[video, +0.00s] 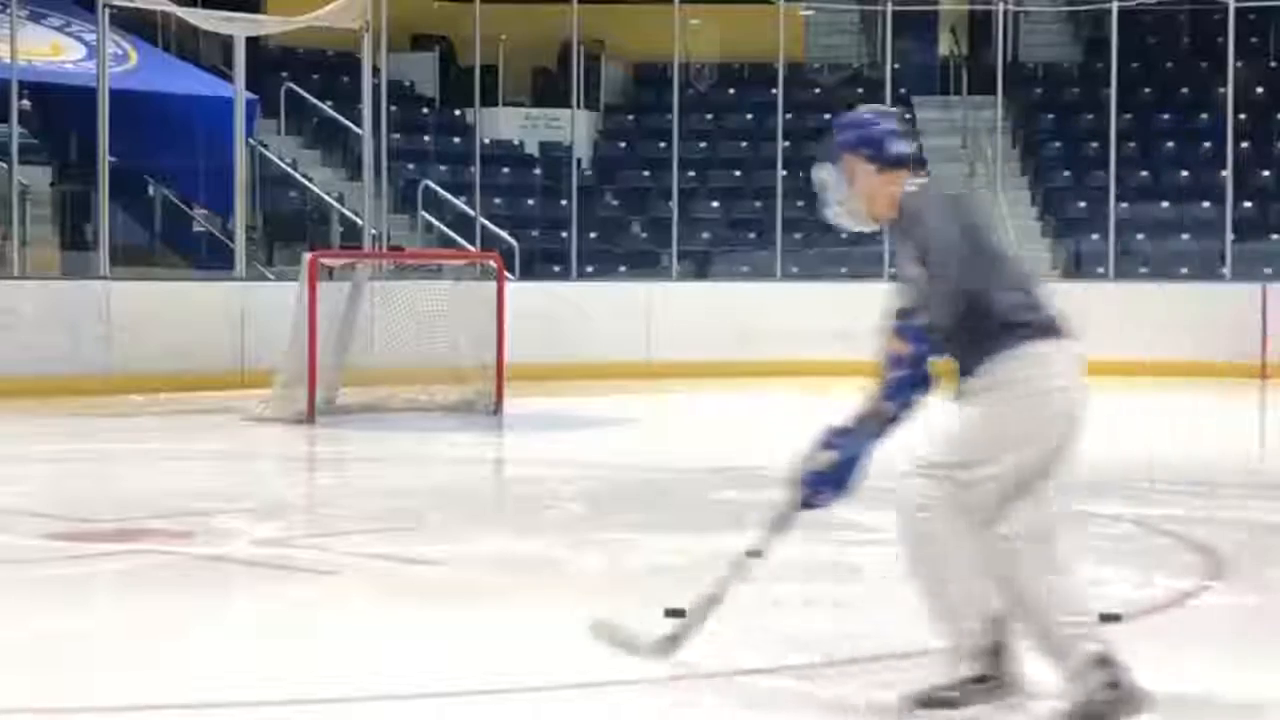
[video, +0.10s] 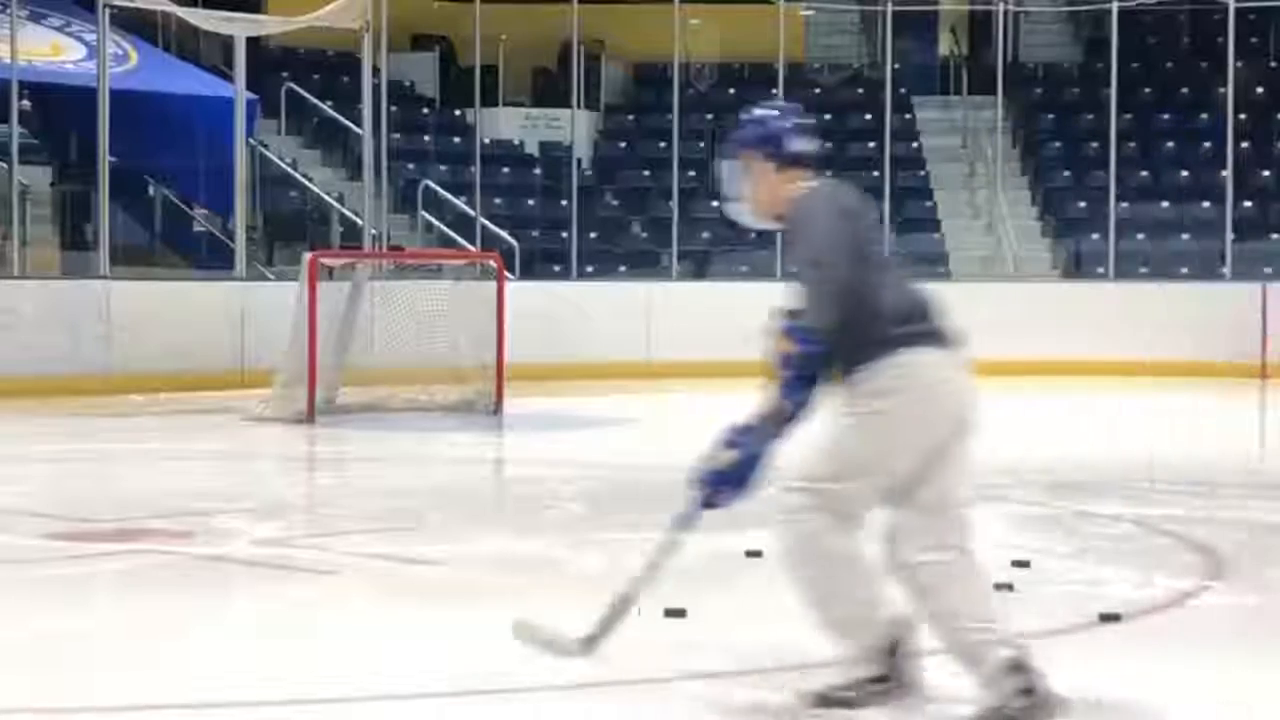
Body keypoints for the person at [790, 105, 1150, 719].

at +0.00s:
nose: (845, 189)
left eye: (849, 172)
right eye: (842, 174)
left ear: (881, 167)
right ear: (892, 169)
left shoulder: (928, 213)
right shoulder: (919, 225)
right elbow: (911, 363)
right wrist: (851, 444)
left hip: (1026, 376)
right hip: (1044, 376)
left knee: (927, 487)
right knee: (1007, 528)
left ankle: (981, 661)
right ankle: (1097, 674)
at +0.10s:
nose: (744, 189)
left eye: (748, 171)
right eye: (741, 174)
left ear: (776, 164)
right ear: (797, 164)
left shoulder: (817, 208)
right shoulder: (841, 206)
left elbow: (822, 317)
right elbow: (808, 359)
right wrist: (751, 443)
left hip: (902, 379)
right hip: (946, 377)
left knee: (805, 502)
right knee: (925, 539)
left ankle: (879, 655)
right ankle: (1008, 677)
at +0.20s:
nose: (639, 182)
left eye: (642, 165)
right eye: (637, 166)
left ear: (669, 159)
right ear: (694, 157)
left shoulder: (705, 203)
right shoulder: (731, 205)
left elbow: (702, 319)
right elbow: (709, 352)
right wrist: (649, 442)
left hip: (783, 380)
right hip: (826, 380)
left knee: (688, 516)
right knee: (819, 551)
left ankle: (756, 653)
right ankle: (932, 666)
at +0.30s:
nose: (540, 173)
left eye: (545, 159)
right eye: (541, 160)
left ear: (567, 157)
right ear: (599, 155)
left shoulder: (590, 202)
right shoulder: (634, 204)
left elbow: (567, 309)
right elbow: (610, 361)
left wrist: (562, 348)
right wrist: (552, 449)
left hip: (663, 376)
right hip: (719, 379)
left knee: (565, 505)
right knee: (695, 550)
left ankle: (629, 654)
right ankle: (830, 637)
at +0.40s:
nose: (449, 165)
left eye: (453, 154)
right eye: (451, 153)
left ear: (475, 153)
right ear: (512, 152)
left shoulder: (482, 195)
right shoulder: (542, 200)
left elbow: (448, 280)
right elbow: (536, 296)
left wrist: (442, 344)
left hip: (552, 369)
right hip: (611, 375)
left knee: (456, 505)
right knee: (575, 548)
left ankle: (507, 652)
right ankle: (704, 617)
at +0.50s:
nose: (376, 162)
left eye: (380, 153)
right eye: (383, 152)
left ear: (388, 149)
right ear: (437, 151)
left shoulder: (383, 190)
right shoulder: (463, 205)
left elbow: (349, 279)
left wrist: (346, 341)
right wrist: (394, 350)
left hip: (440, 366)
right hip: (506, 375)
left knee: (352, 499)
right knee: (457, 541)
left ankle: (385, 649)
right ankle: (575, 607)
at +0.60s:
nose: (325, 155)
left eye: (325, 146)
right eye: (334, 146)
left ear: (318, 146)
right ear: (370, 148)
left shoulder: (296, 187)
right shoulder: (393, 205)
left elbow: (250, 263)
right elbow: (399, 288)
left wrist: (263, 328)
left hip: (329, 363)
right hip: (397, 368)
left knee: (255, 499)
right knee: (349, 526)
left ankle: (279, 640)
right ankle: (446, 597)